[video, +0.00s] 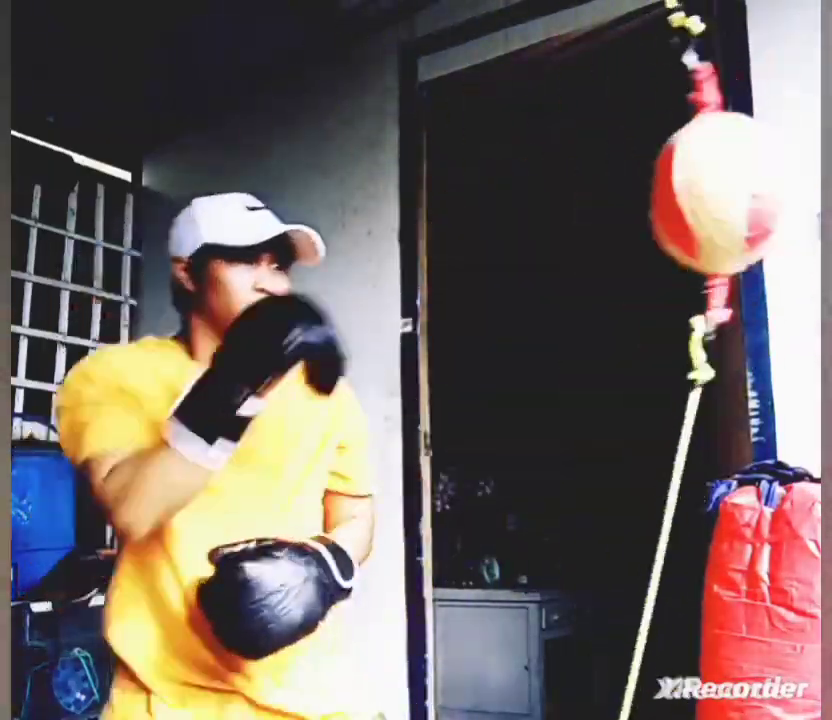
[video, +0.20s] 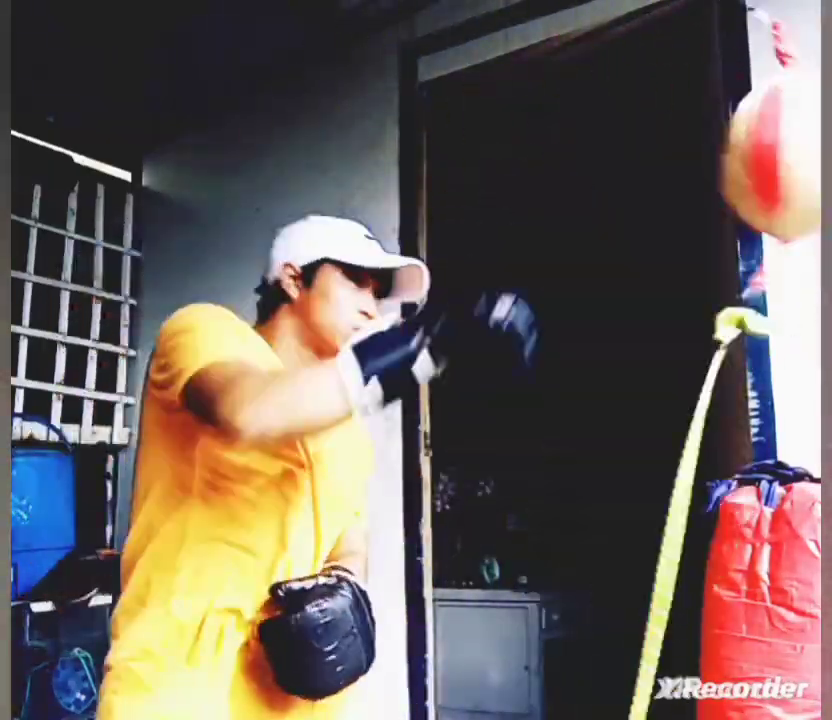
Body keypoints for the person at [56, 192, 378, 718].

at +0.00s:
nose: (271, 280)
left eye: (278, 264)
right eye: (247, 260)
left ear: (290, 273)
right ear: (187, 275)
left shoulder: (324, 390)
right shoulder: (111, 376)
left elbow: (355, 517)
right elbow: (131, 511)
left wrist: (321, 568)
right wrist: (231, 391)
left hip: (306, 696)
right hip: (164, 692)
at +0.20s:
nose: (374, 307)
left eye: (378, 292)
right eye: (357, 281)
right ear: (294, 279)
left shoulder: (351, 435)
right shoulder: (201, 330)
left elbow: (347, 552)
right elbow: (245, 412)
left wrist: (340, 609)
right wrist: (415, 347)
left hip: (302, 690)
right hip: (176, 685)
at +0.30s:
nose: (422, 344)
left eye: (423, 329)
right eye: (408, 318)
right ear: (348, 310)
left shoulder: (359, 454)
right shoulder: (214, 368)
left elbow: (342, 589)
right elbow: (144, 522)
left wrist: (337, 645)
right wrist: (313, 486)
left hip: (269, 703)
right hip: (154, 694)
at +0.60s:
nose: (388, 341)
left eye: (400, 323)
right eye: (375, 314)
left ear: (408, 334)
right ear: (315, 303)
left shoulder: (362, 457)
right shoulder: (173, 373)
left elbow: (338, 575)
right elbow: (110, 529)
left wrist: (323, 633)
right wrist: (270, 461)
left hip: (270, 702)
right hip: (139, 699)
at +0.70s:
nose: (337, 305)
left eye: (350, 295)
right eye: (320, 276)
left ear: (356, 315)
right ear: (263, 274)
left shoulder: (354, 406)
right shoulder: (138, 380)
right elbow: (105, 547)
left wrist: (387, 531)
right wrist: (222, 452)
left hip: (306, 702)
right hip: (162, 698)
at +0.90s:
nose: (345, 267)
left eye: (356, 253)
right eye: (323, 244)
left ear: (365, 270)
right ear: (268, 251)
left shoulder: (390, 359)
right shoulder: (183, 366)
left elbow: (507, 417)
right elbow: (177, 523)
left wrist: (565, 346)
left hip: (382, 692)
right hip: (232, 696)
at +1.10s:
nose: (370, 248)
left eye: (383, 231)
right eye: (347, 229)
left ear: (404, 246)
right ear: (296, 244)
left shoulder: (448, 339)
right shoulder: (223, 342)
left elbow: (570, 346)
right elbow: (240, 470)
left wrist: (577, 265)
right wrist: (346, 344)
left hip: (392, 696)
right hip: (238, 695)